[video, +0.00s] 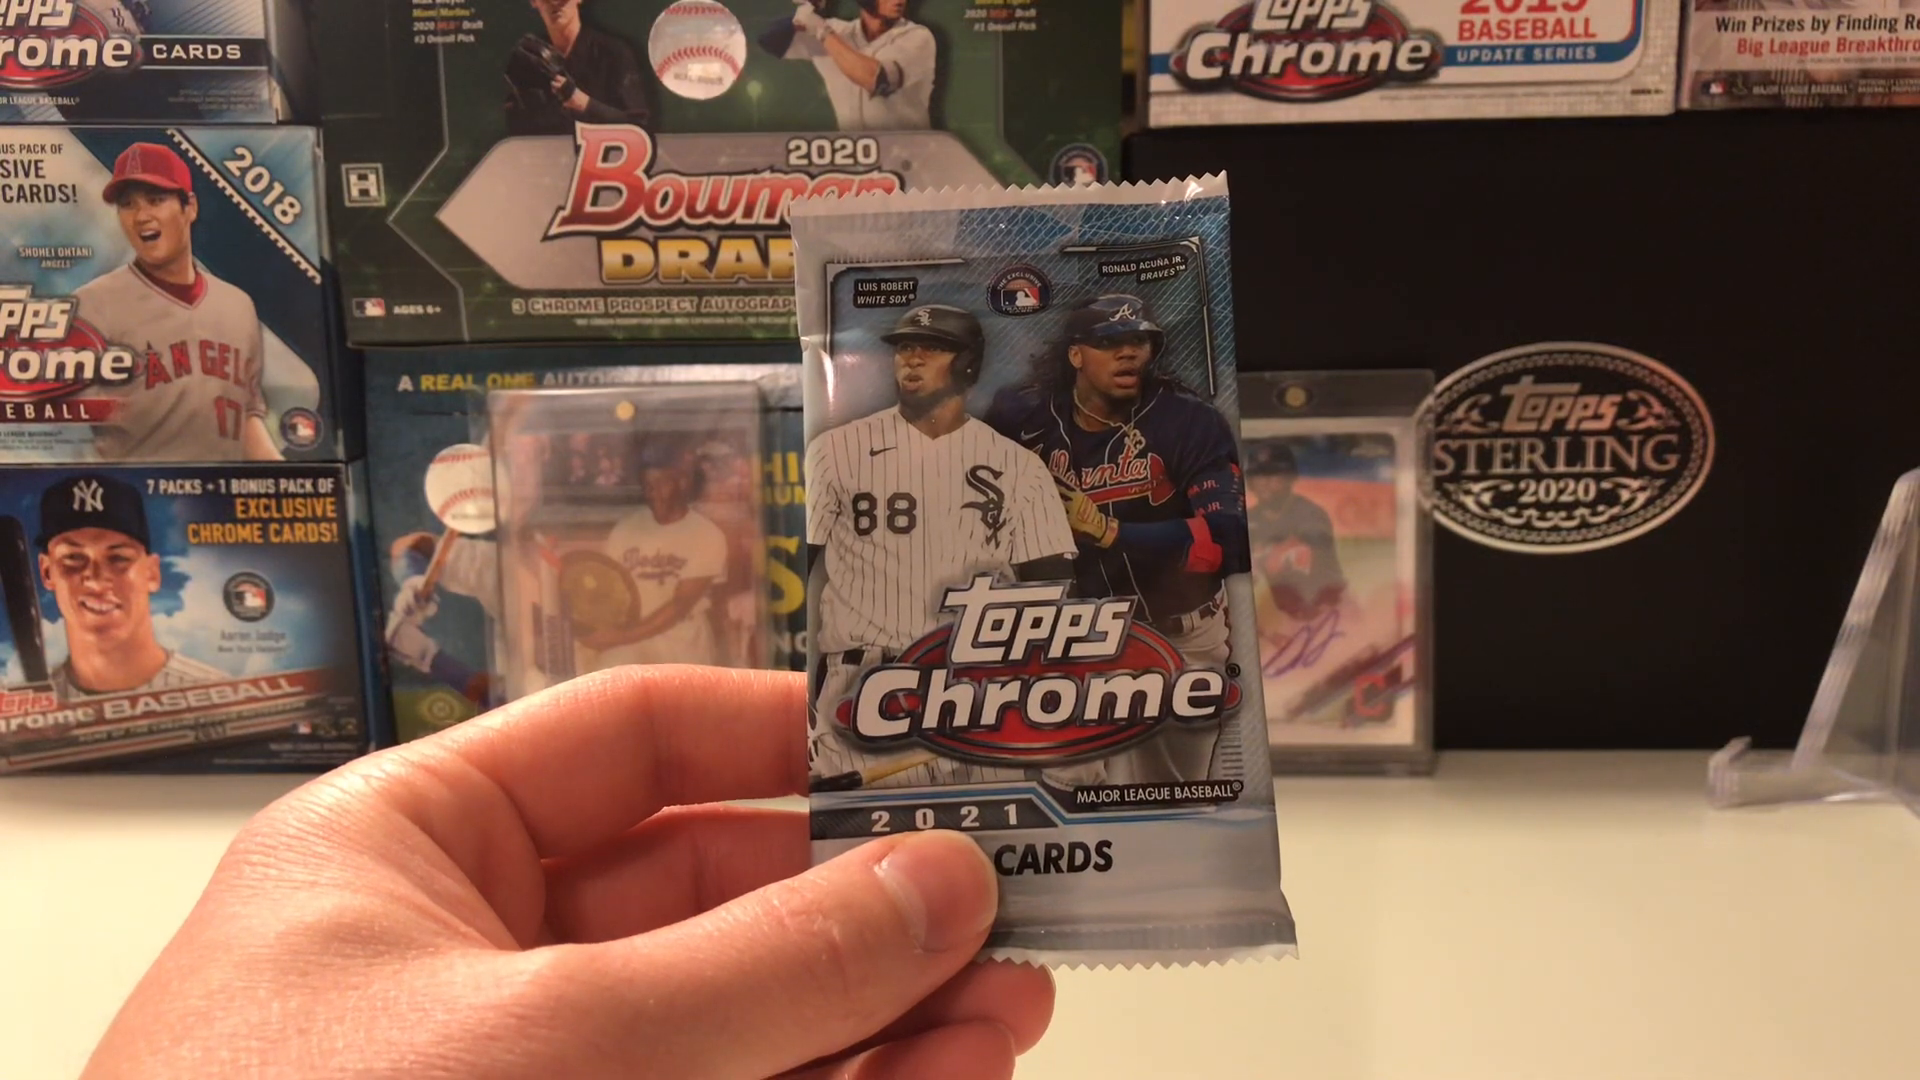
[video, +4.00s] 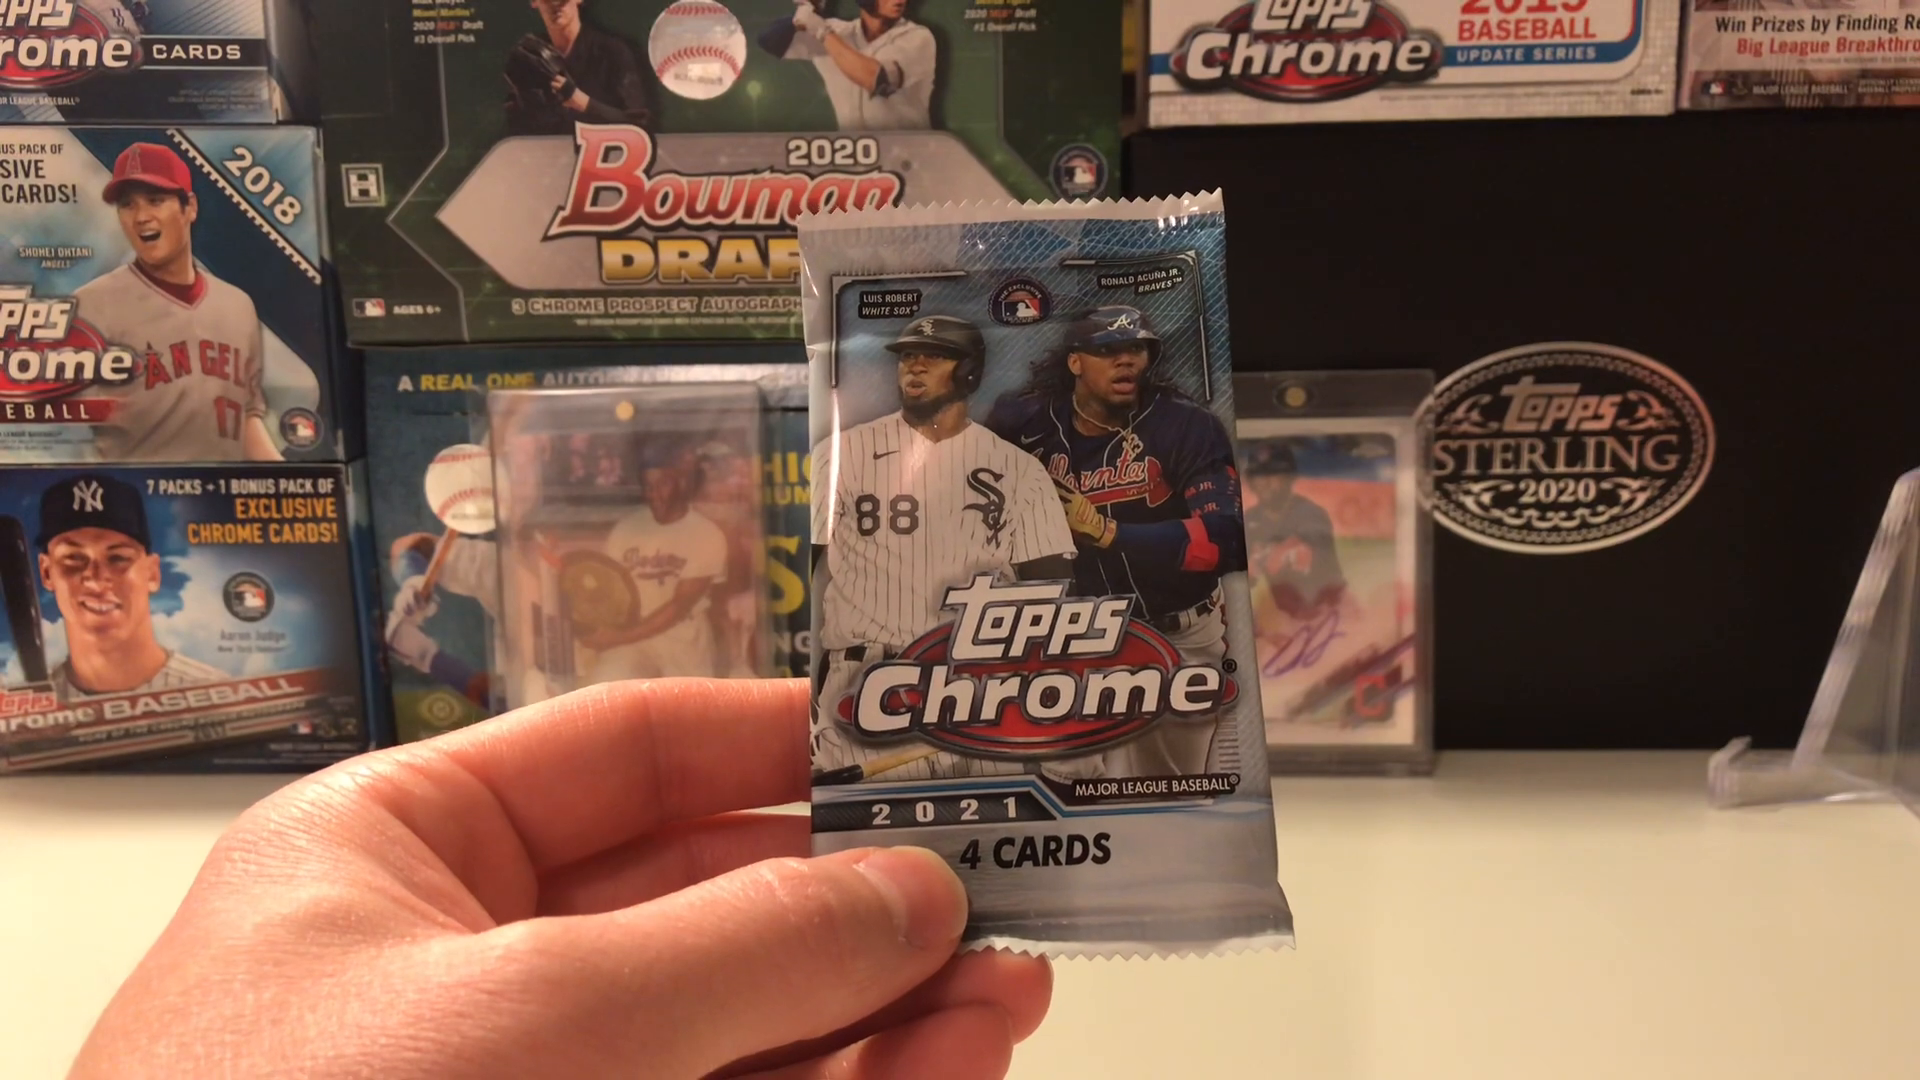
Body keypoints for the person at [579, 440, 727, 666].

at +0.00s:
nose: (653, 493)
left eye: (661, 483)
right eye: (647, 485)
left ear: (683, 483)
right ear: (642, 487)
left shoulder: (707, 536)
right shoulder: (625, 530)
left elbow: (680, 606)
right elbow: (605, 592)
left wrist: (620, 637)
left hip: (683, 661)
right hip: (626, 661)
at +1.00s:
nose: (653, 494)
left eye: (660, 485)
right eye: (648, 486)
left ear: (682, 484)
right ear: (643, 488)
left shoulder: (707, 536)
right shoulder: (625, 529)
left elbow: (680, 606)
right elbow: (604, 590)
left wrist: (619, 637)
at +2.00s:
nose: (653, 495)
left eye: (660, 485)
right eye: (648, 486)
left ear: (683, 483)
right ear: (642, 488)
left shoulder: (707, 536)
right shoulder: (625, 530)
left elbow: (679, 607)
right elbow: (604, 589)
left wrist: (617, 637)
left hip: (682, 645)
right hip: (625, 646)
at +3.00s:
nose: (652, 495)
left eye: (660, 485)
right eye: (647, 486)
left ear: (682, 484)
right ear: (642, 488)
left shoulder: (707, 536)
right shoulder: (625, 530)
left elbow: (680, 606)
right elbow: (604, 589)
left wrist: (617, 637)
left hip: (683, 641)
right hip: (627, 643)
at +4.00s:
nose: (653, 495)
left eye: (661, 485)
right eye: (648, 487)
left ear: (681, 485)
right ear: (643, 489)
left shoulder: (707, 536)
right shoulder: (625, 529)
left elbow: (680, 607)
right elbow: (604, 588)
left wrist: (618, 637)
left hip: (683, 641)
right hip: (626, 642)